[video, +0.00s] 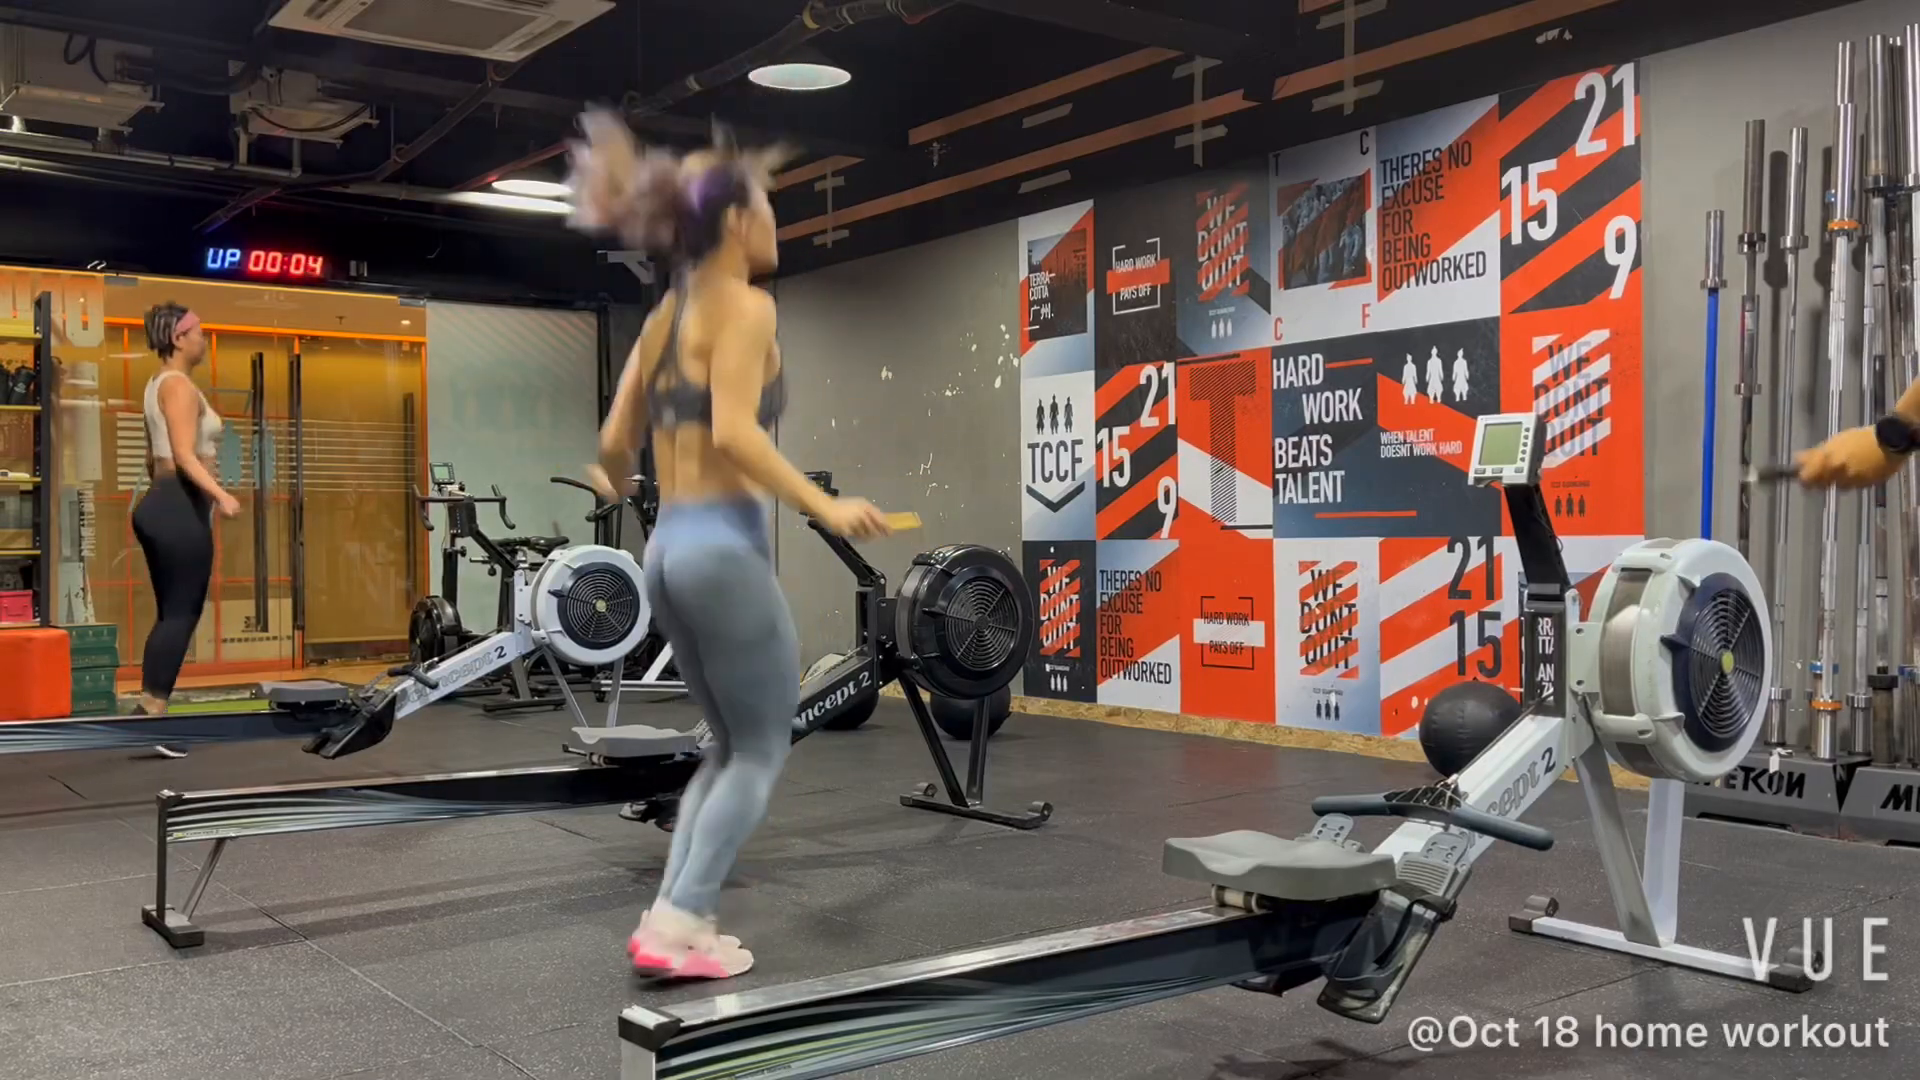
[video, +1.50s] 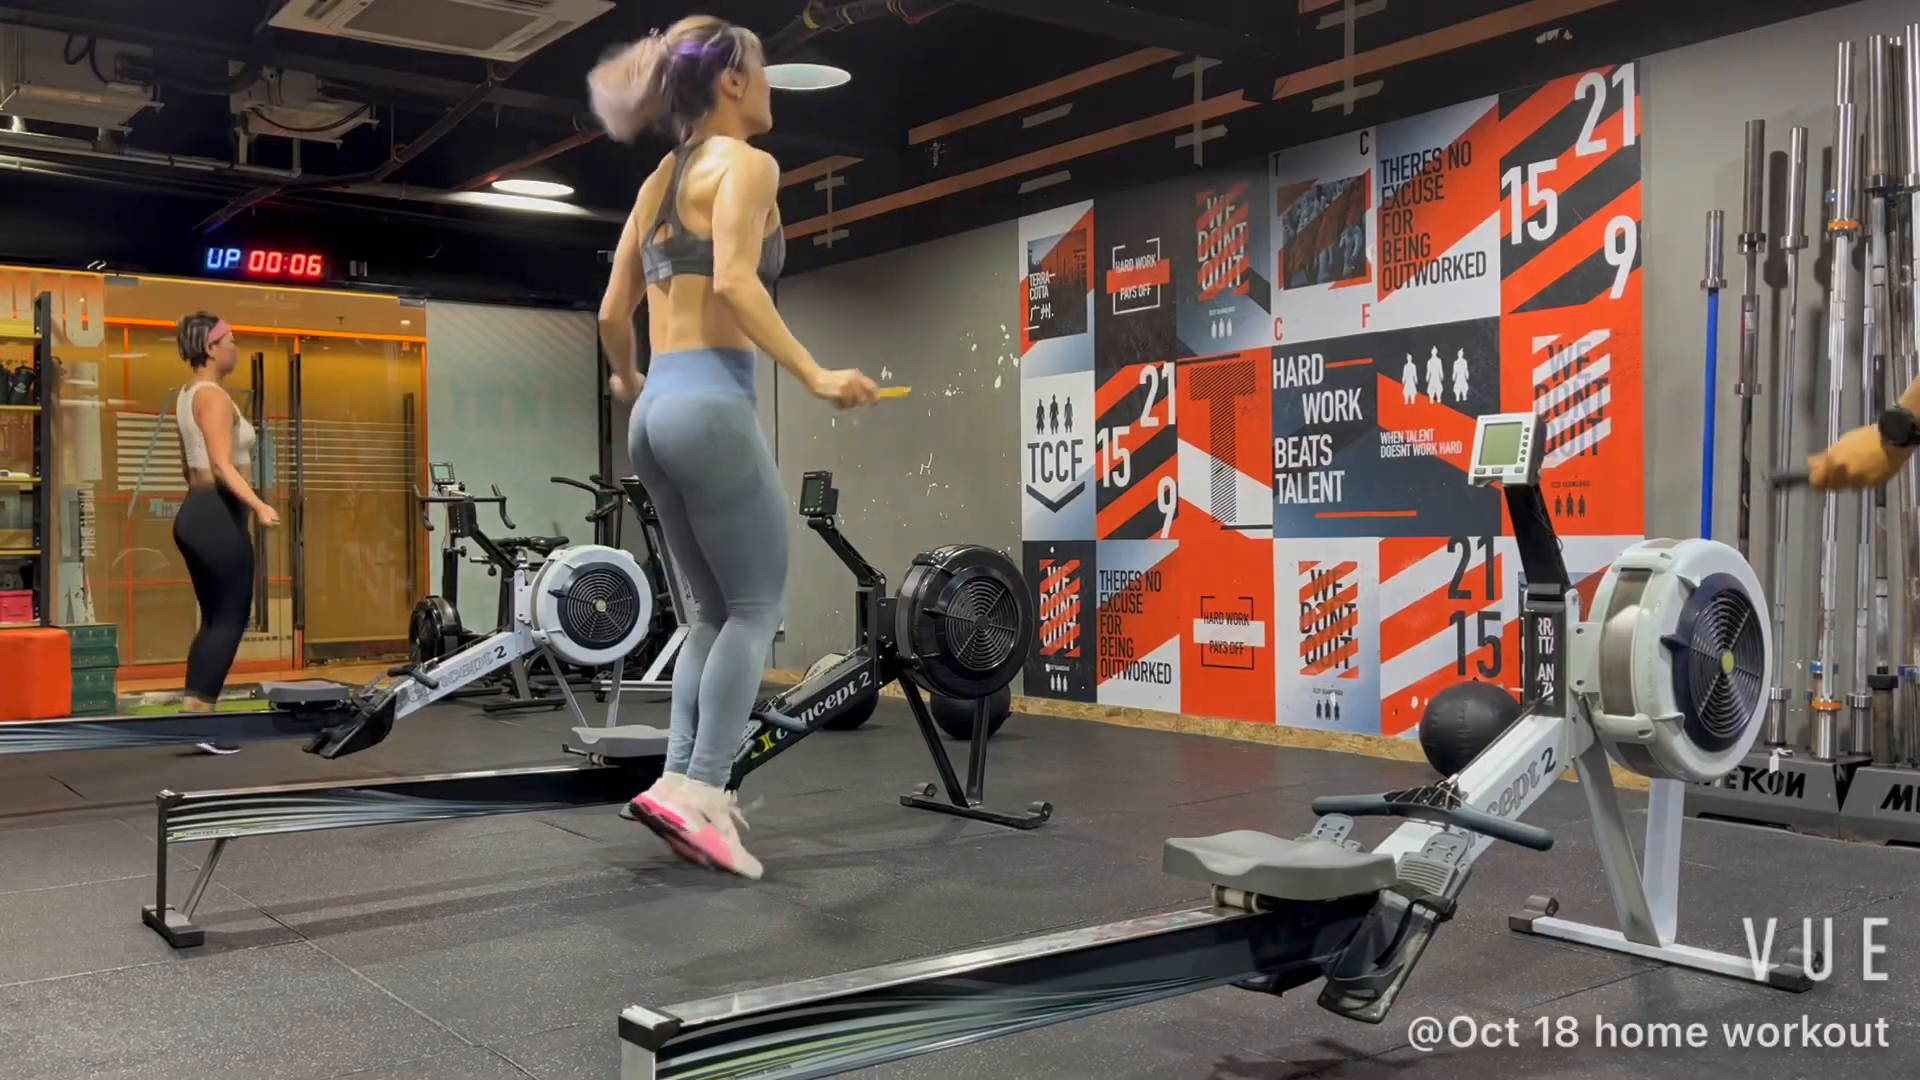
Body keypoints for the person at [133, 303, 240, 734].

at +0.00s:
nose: (205, 338)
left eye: (202, 331)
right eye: (199, 332)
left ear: (172, 340)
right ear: (179, 339)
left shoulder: (160, 385)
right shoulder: (178, 385)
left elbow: (160, 460)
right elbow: (183, 454)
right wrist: (220, 494)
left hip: (162, 501)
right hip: (179, 502)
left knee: (172, 611)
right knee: (182, 612)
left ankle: (152, 706)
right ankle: (154, 708)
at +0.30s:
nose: (213, 362)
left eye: (210, 355)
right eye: (207, 356)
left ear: (183, 363)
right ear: (189, 362)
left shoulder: (167, 407)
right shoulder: (186, 409)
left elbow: (180, 479)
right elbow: (198, 480)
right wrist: (252, 509)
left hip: (162, 526)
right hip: (181, 527)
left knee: (188, 632)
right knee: (200, 633)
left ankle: (156, 717)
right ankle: (157, 718)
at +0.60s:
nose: (218, 355)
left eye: (216, 346)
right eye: (214, 347)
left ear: (187, 353)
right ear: (196, 351)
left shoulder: (175, 399)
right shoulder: (191, 400)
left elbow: (193, 468)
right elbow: (198, 468)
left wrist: (245, 491)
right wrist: (249, 493)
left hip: (171, 519)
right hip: (189, 521)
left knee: (190, 625)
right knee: (203, 626)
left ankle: (161, 716)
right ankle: (165, 719)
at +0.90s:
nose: (222, 337)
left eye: (218, 330)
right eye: (215, 331)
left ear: (191, 340)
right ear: (197, 339)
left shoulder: (178, 385)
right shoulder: (198, 384)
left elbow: (172, 464)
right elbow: (198, 454)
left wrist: (208, 493)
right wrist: (238, 480)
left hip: (182, 501)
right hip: (198, 501)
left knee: (202, 609)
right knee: (213, 608)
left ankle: (177, 700)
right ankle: (180, 703)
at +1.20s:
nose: (228, 336)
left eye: (225, 329)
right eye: (222, 331)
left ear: (196, 339)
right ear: (203, 337)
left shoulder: (182, 384)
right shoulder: (206, 382)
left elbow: (177, 459)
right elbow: (209, 449)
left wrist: (191, 497)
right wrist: (241, 489)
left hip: (191, 494)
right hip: (210, 494)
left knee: (207, 606)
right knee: (221, 605)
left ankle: (187, 701)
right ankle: (192, 704)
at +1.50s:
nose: (236, 348)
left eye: (232, 340)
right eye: (229, 342)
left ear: (204, 350)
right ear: (210, 349)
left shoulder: (189, 395)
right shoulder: (212, 395)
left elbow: (196, 469)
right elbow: (221, 464)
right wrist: (259, 505)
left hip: (197, 512)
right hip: (216, 513)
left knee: (215, 617)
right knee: (232, 617)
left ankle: (196, 708)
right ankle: (200, 710)